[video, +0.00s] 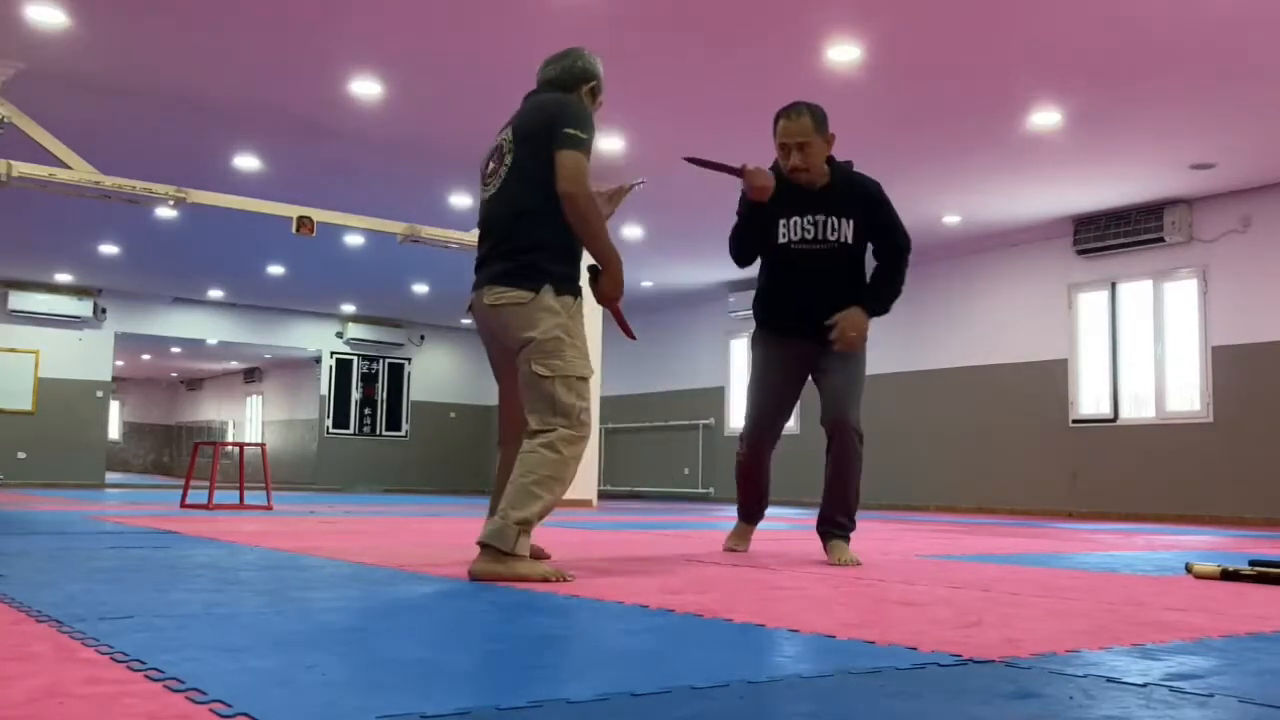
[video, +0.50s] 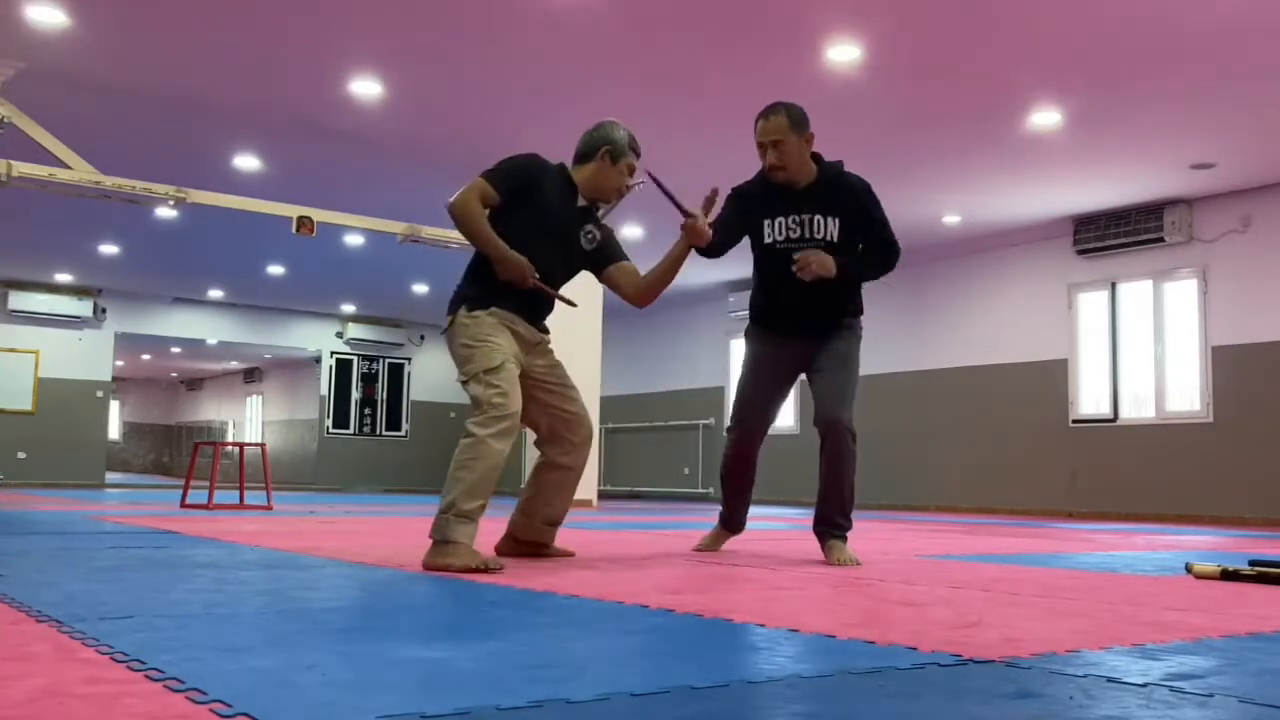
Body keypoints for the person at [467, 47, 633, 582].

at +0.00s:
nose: (598, 109)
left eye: (599, 101)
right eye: (598, 99)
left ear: (545, 84)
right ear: (588, 90)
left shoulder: (514, 128)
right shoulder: (569, 111)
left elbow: (528, 217)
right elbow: (573, 191)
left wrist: (588, 213)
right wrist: (611, 264)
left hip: (494, 296)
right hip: (537, 295)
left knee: (519, 428)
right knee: (565, 425)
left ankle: (507, 543)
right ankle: (503, 549)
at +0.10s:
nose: (603, 142)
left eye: (606, 132)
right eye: (605, 128)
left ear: (575, 113)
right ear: (592, 115)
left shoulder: (555, 169)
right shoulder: (549, 125)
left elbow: (584, 263)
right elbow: (532, 187)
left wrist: (617, 216)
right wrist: (583, 260)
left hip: (515, 303)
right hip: (520, 302)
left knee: (529, 422)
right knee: (552, 422)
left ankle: (522, 526)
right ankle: (501, 550)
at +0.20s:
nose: (620, 174)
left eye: (623, 165)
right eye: (621, 161)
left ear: (593, 150)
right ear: (601, 147)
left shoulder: (582, 220)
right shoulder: (542, 153)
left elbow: (639, 273)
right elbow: (495, 195)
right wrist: (553, 256)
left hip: (528, 321)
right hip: (498, 308)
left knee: (556, 419)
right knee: (520, 416)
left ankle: (533, 535)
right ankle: (495, 547)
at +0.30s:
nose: (631, 184)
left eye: (635, 176)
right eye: (630, 170)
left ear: (606, 163)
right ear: (607, 156)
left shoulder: (593, 230)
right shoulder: (541, 163)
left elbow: (641, 283)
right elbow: (476, 196)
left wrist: (695, 228)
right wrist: (524, 246)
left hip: (534, 328)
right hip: (490, 310)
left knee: (571, 424)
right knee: (518, 407)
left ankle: (532, 537)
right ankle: (459, 543)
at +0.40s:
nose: (631, 185)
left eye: (635, 177)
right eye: (629, 172)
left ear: (607, 164)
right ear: (605, 157)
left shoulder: (595, 231)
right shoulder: (537, 168)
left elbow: (641, 289)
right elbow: (467, 202)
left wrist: (689, 232)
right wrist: (509, 251)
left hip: (532, 334)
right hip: (485, 314)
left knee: (572, 431)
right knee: (505, 407)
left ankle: (526, 537)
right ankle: (450, 544)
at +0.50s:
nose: (631, 185)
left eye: (635, 177)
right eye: (629, 171)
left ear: (605, 165)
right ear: (603, 158)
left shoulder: (593, 232)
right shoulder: (535, 171)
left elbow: (640, 292)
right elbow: (463, 204)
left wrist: (687, 241)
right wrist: (502, 255)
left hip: (529, 336)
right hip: (482, 316)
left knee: (572, 430)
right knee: (501, 411)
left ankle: (527, 537)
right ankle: (449, 544)